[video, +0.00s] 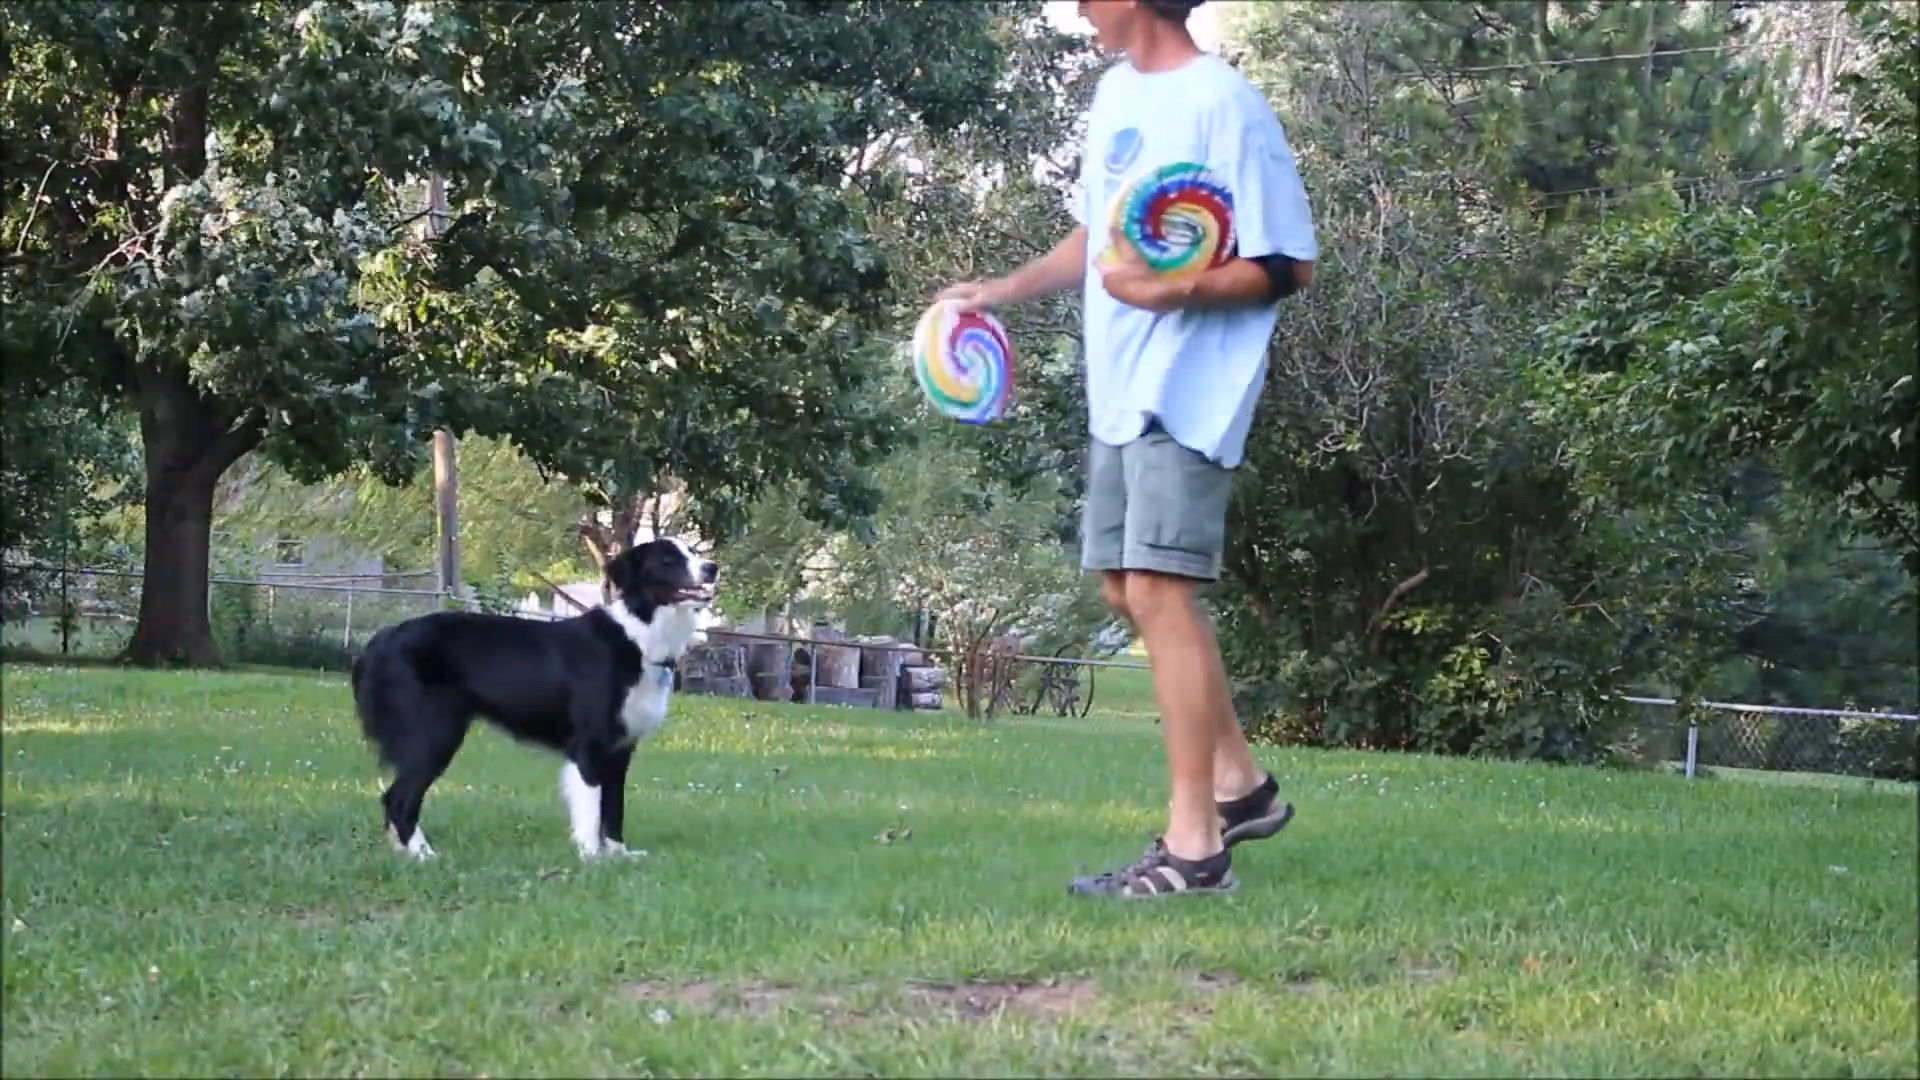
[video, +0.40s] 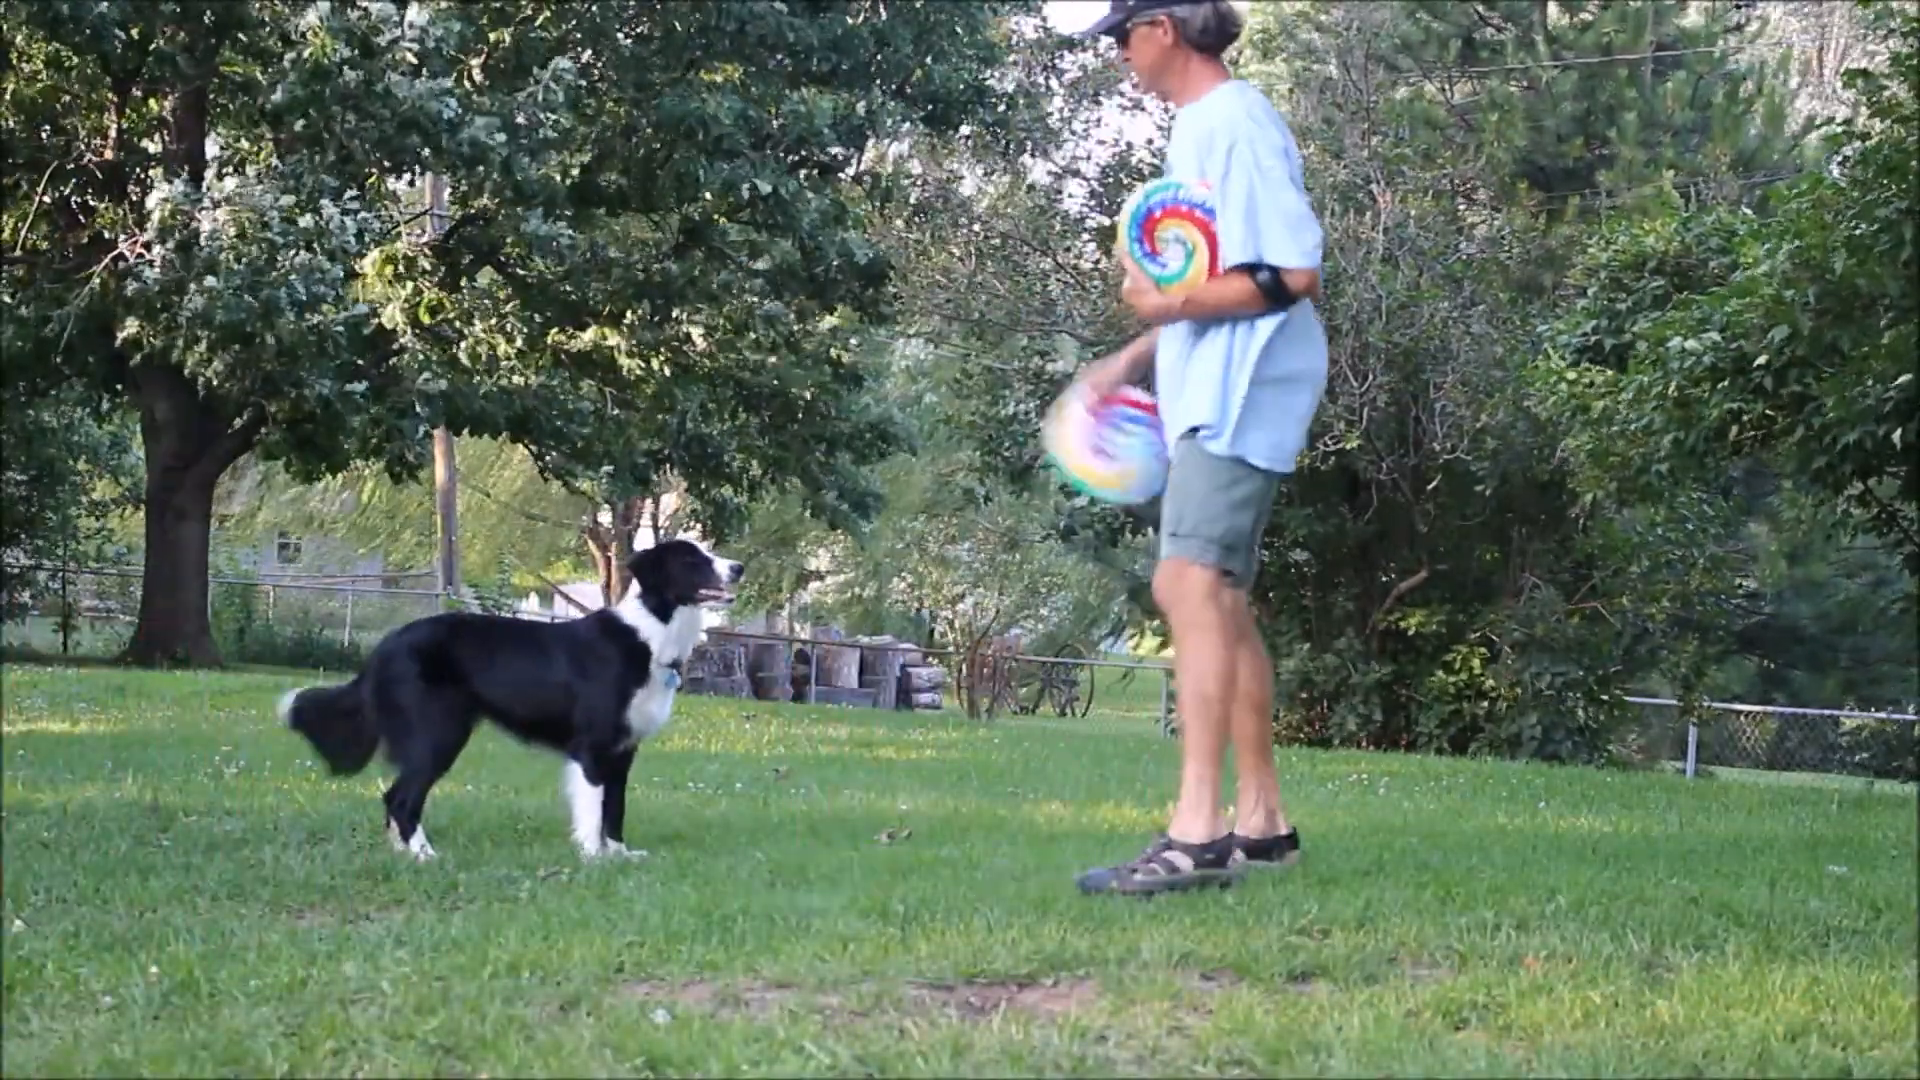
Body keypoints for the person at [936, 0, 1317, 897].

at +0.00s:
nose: (1082, 12)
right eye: (1082, 1)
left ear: (1133, 3)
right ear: (1135, 8)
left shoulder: (1232, 103)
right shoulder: (1115, 98)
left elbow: (1287, 265)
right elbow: (1096, 238)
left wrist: (1163, 285)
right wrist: (1001, 292)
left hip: (1191, 393)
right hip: (1122, 390)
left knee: (1161, 589)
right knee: (1123, 581)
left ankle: (1193, 849)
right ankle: (1239, 782)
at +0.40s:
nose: (1121, 52)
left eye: (1129, 34)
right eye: (1121, 37)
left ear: (1169, 31)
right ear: (1170, 34)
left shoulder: (1237, 117)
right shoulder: (1200, 127)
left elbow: (1292, 274)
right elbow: (1206, 291)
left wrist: (1167, 299)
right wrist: (1125, 365)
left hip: (1245, 393)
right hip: (1217, 392)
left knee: (1184, 586)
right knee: (1222, 600)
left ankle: (1196, 834)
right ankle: (1261, 819)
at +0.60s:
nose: (1139, 64)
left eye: (1146, 45)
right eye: (1139, 49)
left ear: (1186, 43)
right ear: (1197, 43)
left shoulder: (1238, 123)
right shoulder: (1247, 127)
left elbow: (1297, 264)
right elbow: (1264, 309)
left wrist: (1194, 311)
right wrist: (1152, 378)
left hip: (1275, 392)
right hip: (1285, 396)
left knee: (1180, 581)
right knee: (1239, 597)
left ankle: (1321, 792)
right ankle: (1261, 823)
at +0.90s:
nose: (1171, 75)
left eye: (1175, 57)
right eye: (1170, 61)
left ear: (1213, 51)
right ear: (1225, 52)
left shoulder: (1281, 131)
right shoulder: (1258, 144)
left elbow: (1340, 270)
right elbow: (1297, 315)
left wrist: (1237, 321)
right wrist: (1207, 391)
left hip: (1340, 405)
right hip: (1301, 408)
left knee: (1322, 608)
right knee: (1258, 600)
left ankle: (1425, 839)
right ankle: (1267, 822)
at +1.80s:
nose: (1113, 152)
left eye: (1115, 132)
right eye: (1110, 135)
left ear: (1153, 121)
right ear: (1159, 121)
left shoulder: (1235, 172)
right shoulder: (1215, 204)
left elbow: (1340, 271)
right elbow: (1274, 379)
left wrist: (1251, 357)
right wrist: (1172, 451)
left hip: (1363, 403)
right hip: (1329, 411)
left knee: (1267, 595)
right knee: (1248, 602)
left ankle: (1391, 812)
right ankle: (1279, 825)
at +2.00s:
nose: (1107, 161)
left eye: (1109, 142)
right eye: (1104, 146)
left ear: (1148, 131)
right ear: (1153, 132)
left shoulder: (1233, 183)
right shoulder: (1216, 201)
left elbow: (1341, 276)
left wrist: (1258, 366)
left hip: (1350, 421)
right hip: (1320, 422)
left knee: (1257, 606)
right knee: (1236, 606)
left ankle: (1334, 841)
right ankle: (1277, 826)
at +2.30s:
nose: (1115, 133)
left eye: (1118, 112)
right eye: (1112, 116)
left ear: (1157, 102)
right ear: (1166, 101)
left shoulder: (1237, 174)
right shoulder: (1241, 167)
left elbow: (1331, 288)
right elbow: (1339, 289)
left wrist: (1240, 361)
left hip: (1353, 401)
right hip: (1341, 397)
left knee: (1263, 601)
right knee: (1249, 598)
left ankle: (1336, 844)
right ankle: (1279, 825)